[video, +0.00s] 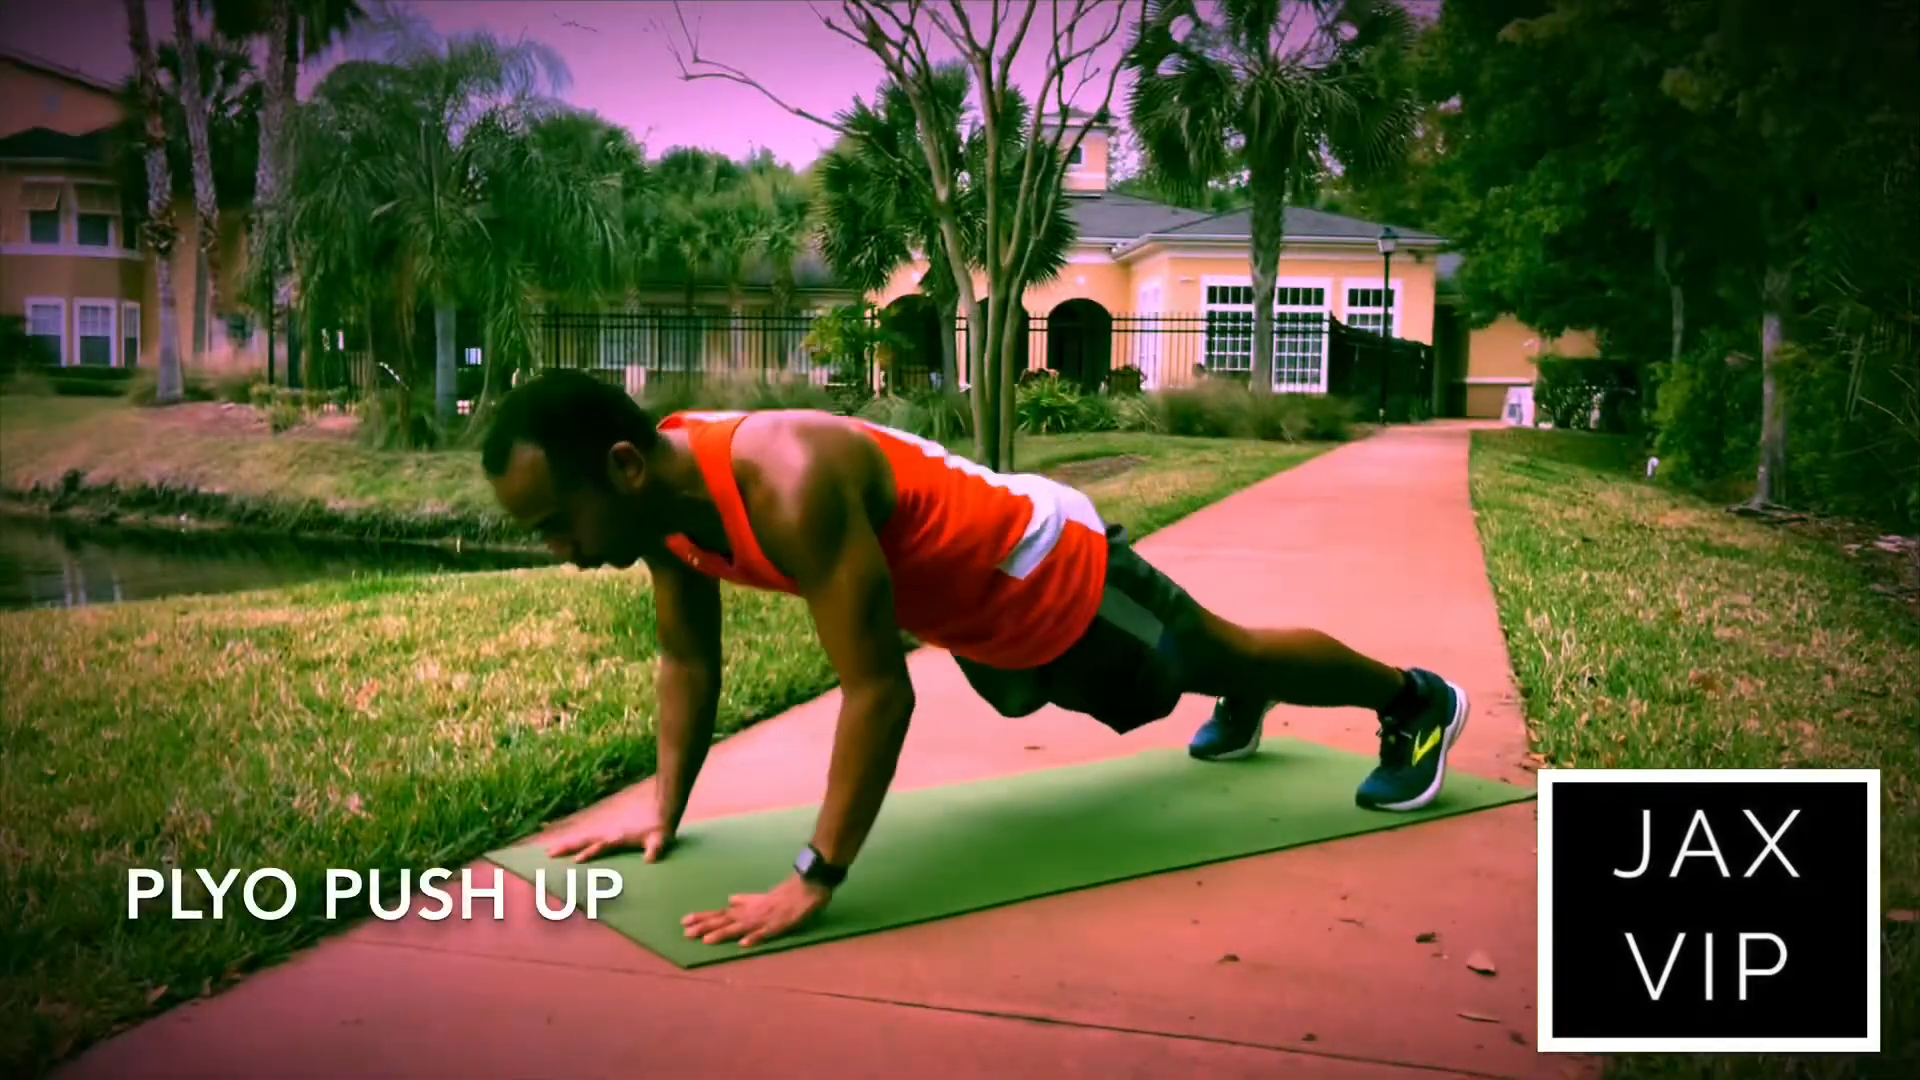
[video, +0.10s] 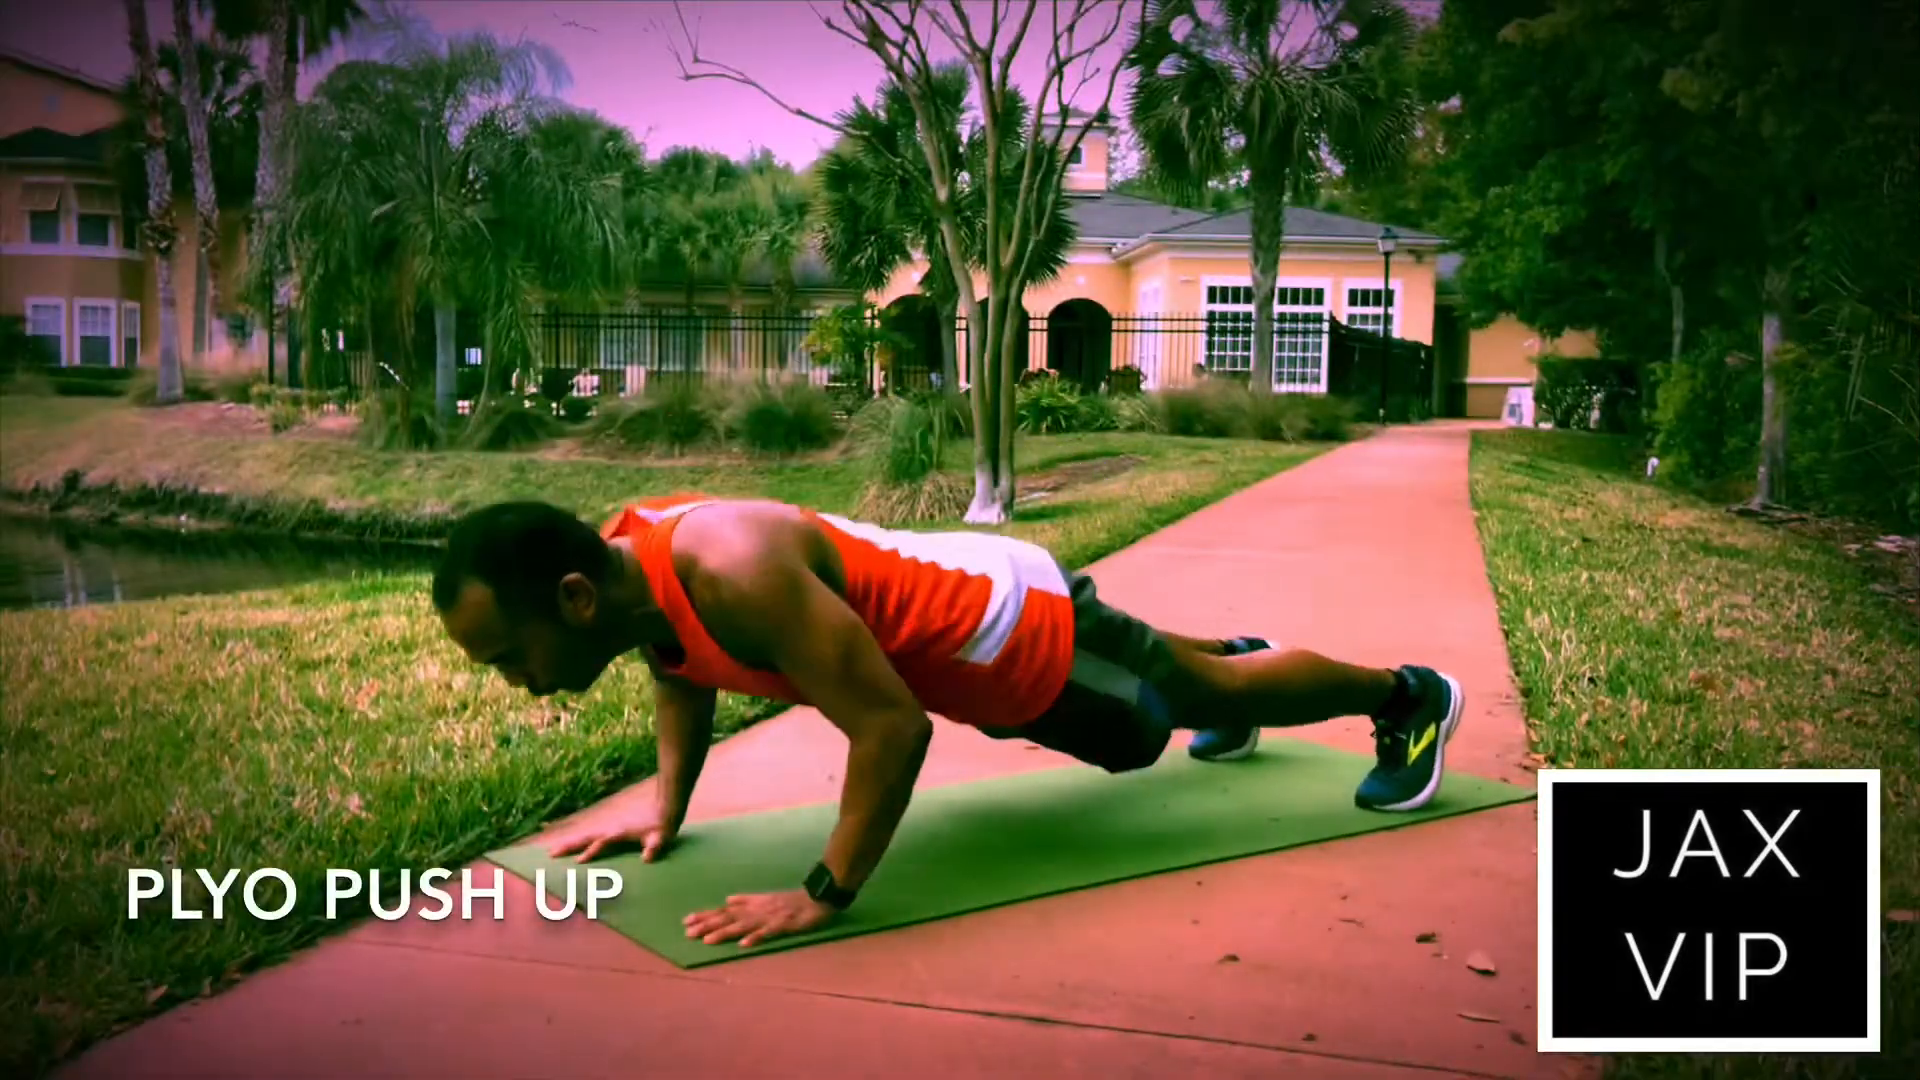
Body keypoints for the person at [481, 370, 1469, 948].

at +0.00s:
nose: (559, 550)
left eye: (555, 523)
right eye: (541, 533)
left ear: (621, 463)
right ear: (604, 468)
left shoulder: (795, 477)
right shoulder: (668, 503)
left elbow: (878, 694)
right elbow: (686, 656)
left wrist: (814, 880)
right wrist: (666, 813)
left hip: (1058, 572)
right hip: (983, 610)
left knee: (1234, 654)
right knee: (1126, 669)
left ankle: (1414, 697)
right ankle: (1244, 685)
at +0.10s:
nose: (513, 677)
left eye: (510, 654)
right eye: (495, 662)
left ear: (574, 593)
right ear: (561, 586)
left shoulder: (734, 568)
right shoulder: (629, 570)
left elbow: (894, 728)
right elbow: (683, 676)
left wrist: (828, 894)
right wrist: (667, 810)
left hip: (1031, 627)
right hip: (968, 645)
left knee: (1217, 682)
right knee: (1129, 709)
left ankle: (1407, 695)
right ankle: (1224, 711)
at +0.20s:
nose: (470, 755)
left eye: (469, 732)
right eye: (454, 738)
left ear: (538, 671)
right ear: (525, 665)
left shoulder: (701, 636)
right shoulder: (590, 623)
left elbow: (893, 734)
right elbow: (667, 673)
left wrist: (828, 895)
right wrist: (661, 795)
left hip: (1012, 685)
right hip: (942, 655)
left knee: (1203, 718)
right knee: (1098, 684)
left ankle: (1393, 693)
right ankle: (1218, 651)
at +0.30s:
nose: (452, 817)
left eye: (452, 795)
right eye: (437, 800)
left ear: (523, 735)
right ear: (514, 726)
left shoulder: (685, 698)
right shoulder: (578, 663)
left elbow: (888, 737)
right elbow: (716, 703)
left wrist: (825, 896)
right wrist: (659, 807)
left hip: (999, 722)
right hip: (925, 666)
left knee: (1199, 732)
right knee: (1059, 684)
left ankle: (1390, 691)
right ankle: (1214, 659)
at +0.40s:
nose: (453, 853)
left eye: (454, 829)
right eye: (434, 837)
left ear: (521, 766)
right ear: (509, 750)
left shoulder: (664, 732)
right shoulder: (571, 695)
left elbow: (879, 740)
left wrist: (824, 895)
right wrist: (643, 819)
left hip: (994, 736)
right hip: (912, 675)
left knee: (1197, 742)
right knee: (1055, 698)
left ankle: (1387, 690)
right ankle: (1213, 659)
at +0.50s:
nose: (441, 817)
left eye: (446, 793)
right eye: (427, 797)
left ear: (524, 741)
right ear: (516, 732)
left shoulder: (677, 712)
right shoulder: (578, 672)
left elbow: (885, 743)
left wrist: (824, 898)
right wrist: (656, 818)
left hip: (1001, 729)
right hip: (923, 671)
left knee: (1203, 736)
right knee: (1061, 692)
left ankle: (1391, 690)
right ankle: (1209, 659)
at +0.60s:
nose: (455, 720)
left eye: (459, 694)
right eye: (441, 701)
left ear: (542, 649)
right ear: (524, 647)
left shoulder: (701, 653)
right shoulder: (597, 621)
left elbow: (889, 742)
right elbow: (666, 691)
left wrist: (830, 894)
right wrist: (659, 796)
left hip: (1015, 702)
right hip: (938, 683)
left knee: (1209, 729)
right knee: (1094, 697)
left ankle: (1395, 695)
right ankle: (1203, 657)